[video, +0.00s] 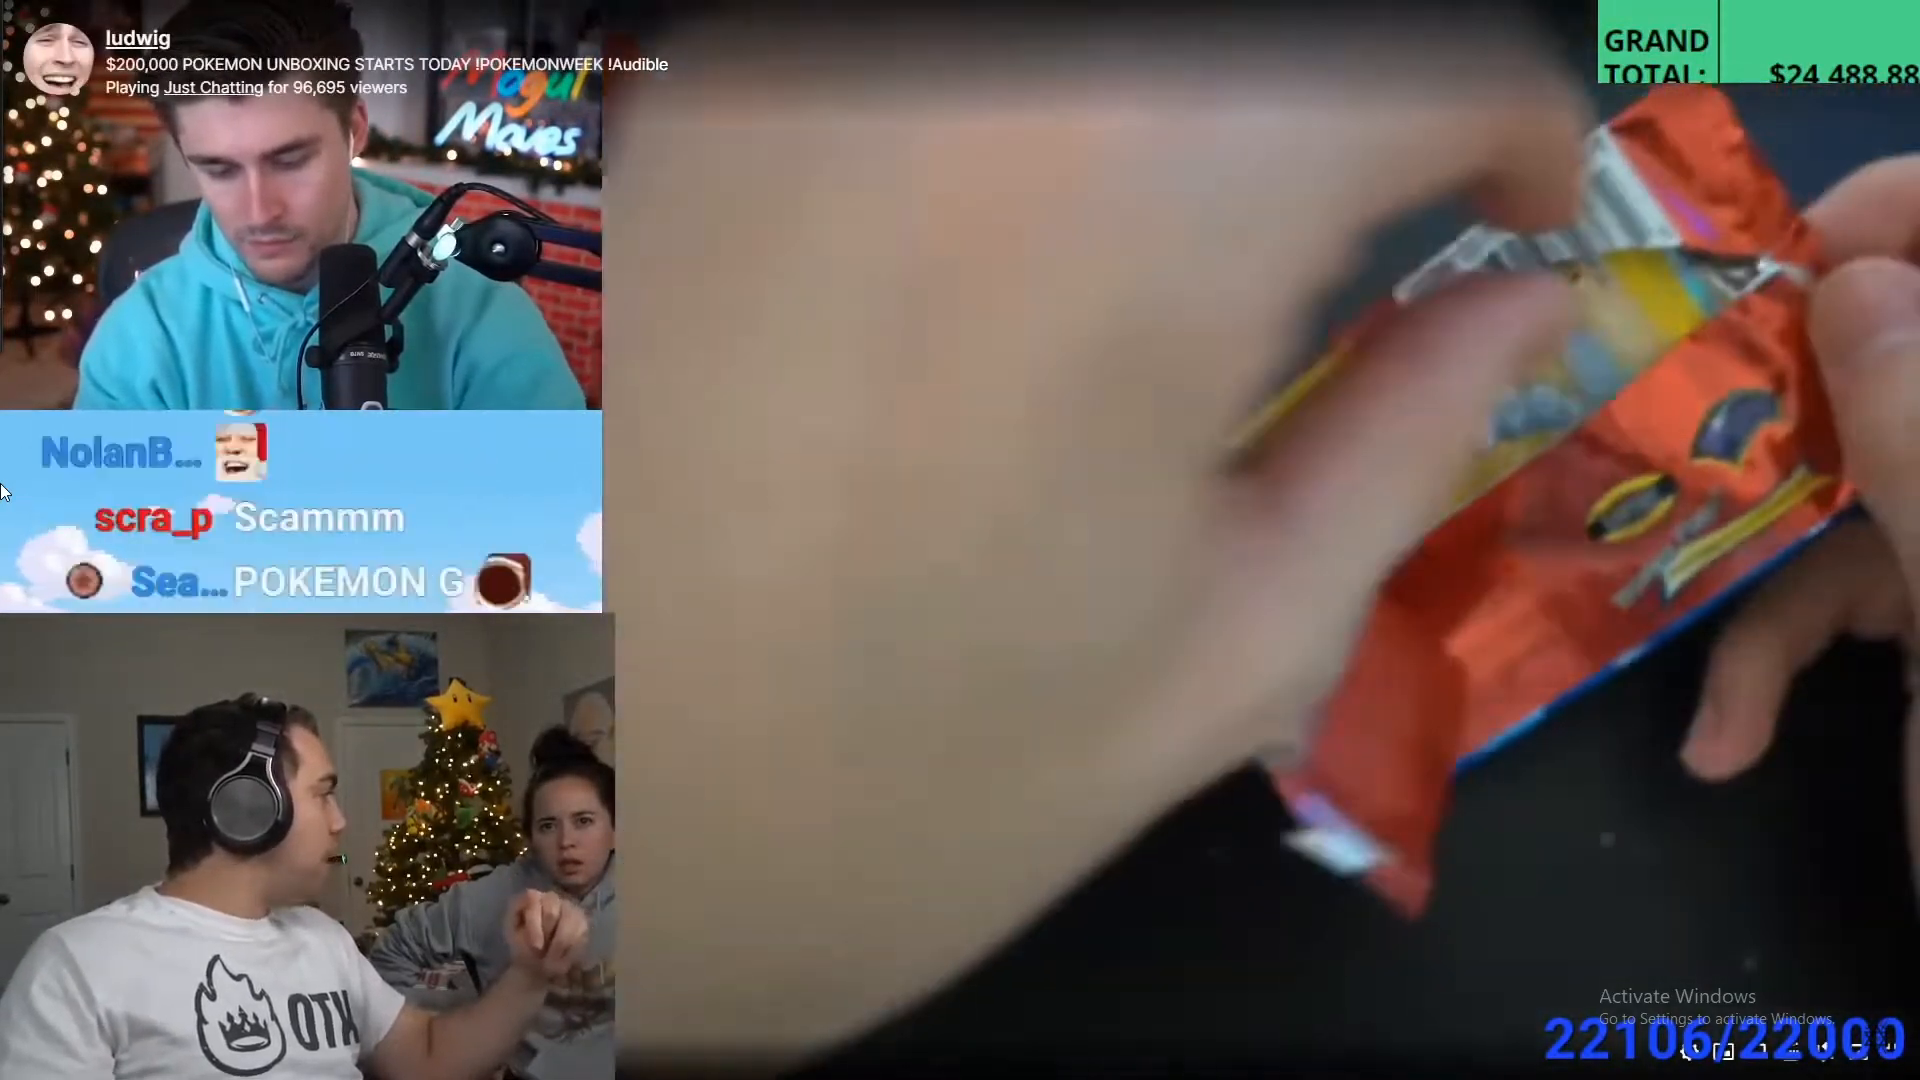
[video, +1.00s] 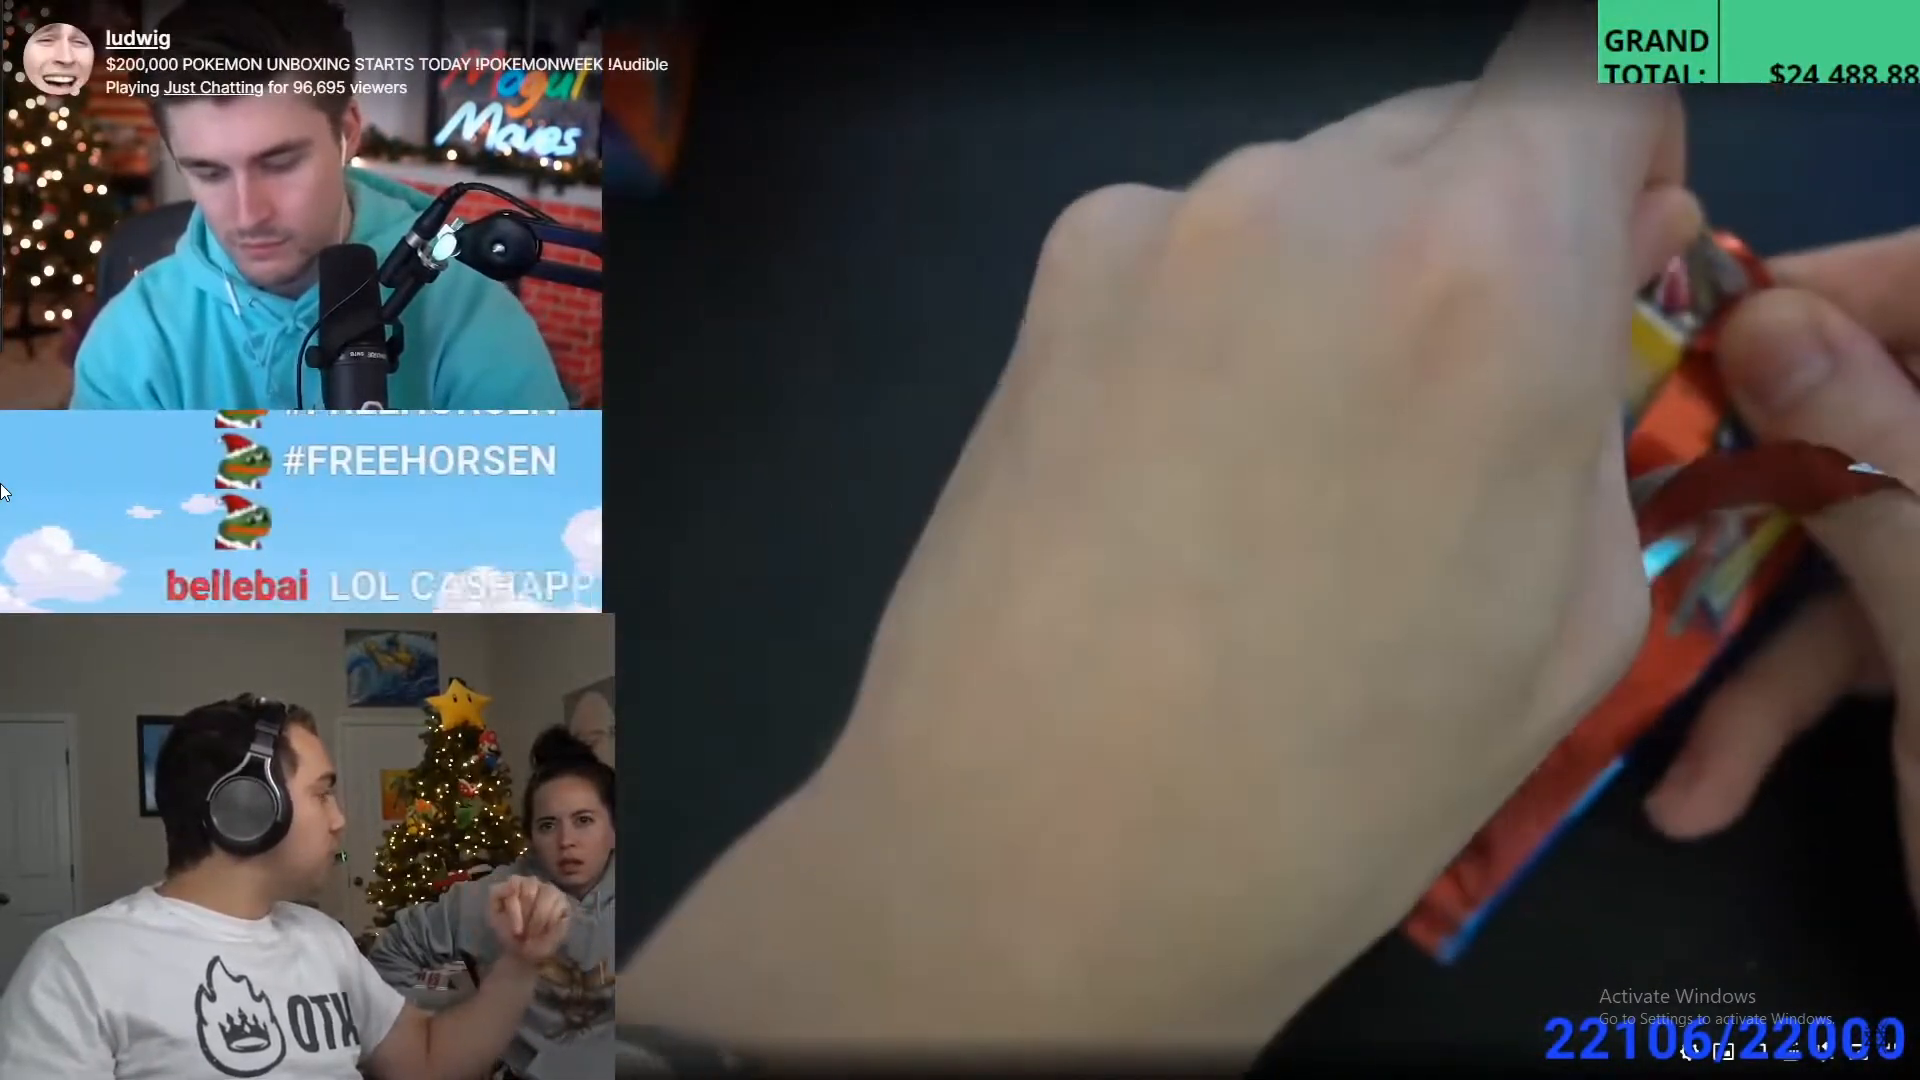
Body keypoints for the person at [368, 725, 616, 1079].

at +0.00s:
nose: (566, 842)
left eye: (584, 822)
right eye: (548, 826)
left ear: (615, 830)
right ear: (531, 837)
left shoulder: (642, 897)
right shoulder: (485, 901)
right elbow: (389, 956)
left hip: (615, 1070)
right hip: (527, 1072)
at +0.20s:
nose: (566, 842)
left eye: (584, 822)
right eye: (548, 826)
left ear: (614, 830)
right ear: (531, 837)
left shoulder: (642, 894)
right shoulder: (488, 900)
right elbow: (390, 953)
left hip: (616, 1068)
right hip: (532, 1071)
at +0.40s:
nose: (566, 842)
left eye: (584, 821)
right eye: (548, 826)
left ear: (615, 830)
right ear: (531, 837)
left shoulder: (642, 895)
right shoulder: (487, 900)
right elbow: (390, 953)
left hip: (616, 1068)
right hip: (532, 1071)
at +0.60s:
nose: (566, 842)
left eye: (584, 821)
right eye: (548, 826)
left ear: (615, 830)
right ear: (531, 837)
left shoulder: (642, 893)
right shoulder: (499, 896)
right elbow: (389, 955)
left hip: (613, 1067)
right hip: (523, 1070)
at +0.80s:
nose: (566, 841)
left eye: (584, 821)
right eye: (548, 826)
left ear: (613, 831)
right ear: (531, 837)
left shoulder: (643, 893)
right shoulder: (493, 899)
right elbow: (389, 956)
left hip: (625, 1067)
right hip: (532, 1071)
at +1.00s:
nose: (566, 841)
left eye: (584, 821)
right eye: (548, 825)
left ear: (613, 830)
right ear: (531, 837)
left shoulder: (643, 897)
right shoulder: (490, 900)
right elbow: (390, 954)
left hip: (630, 1069)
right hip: (534, 1072)